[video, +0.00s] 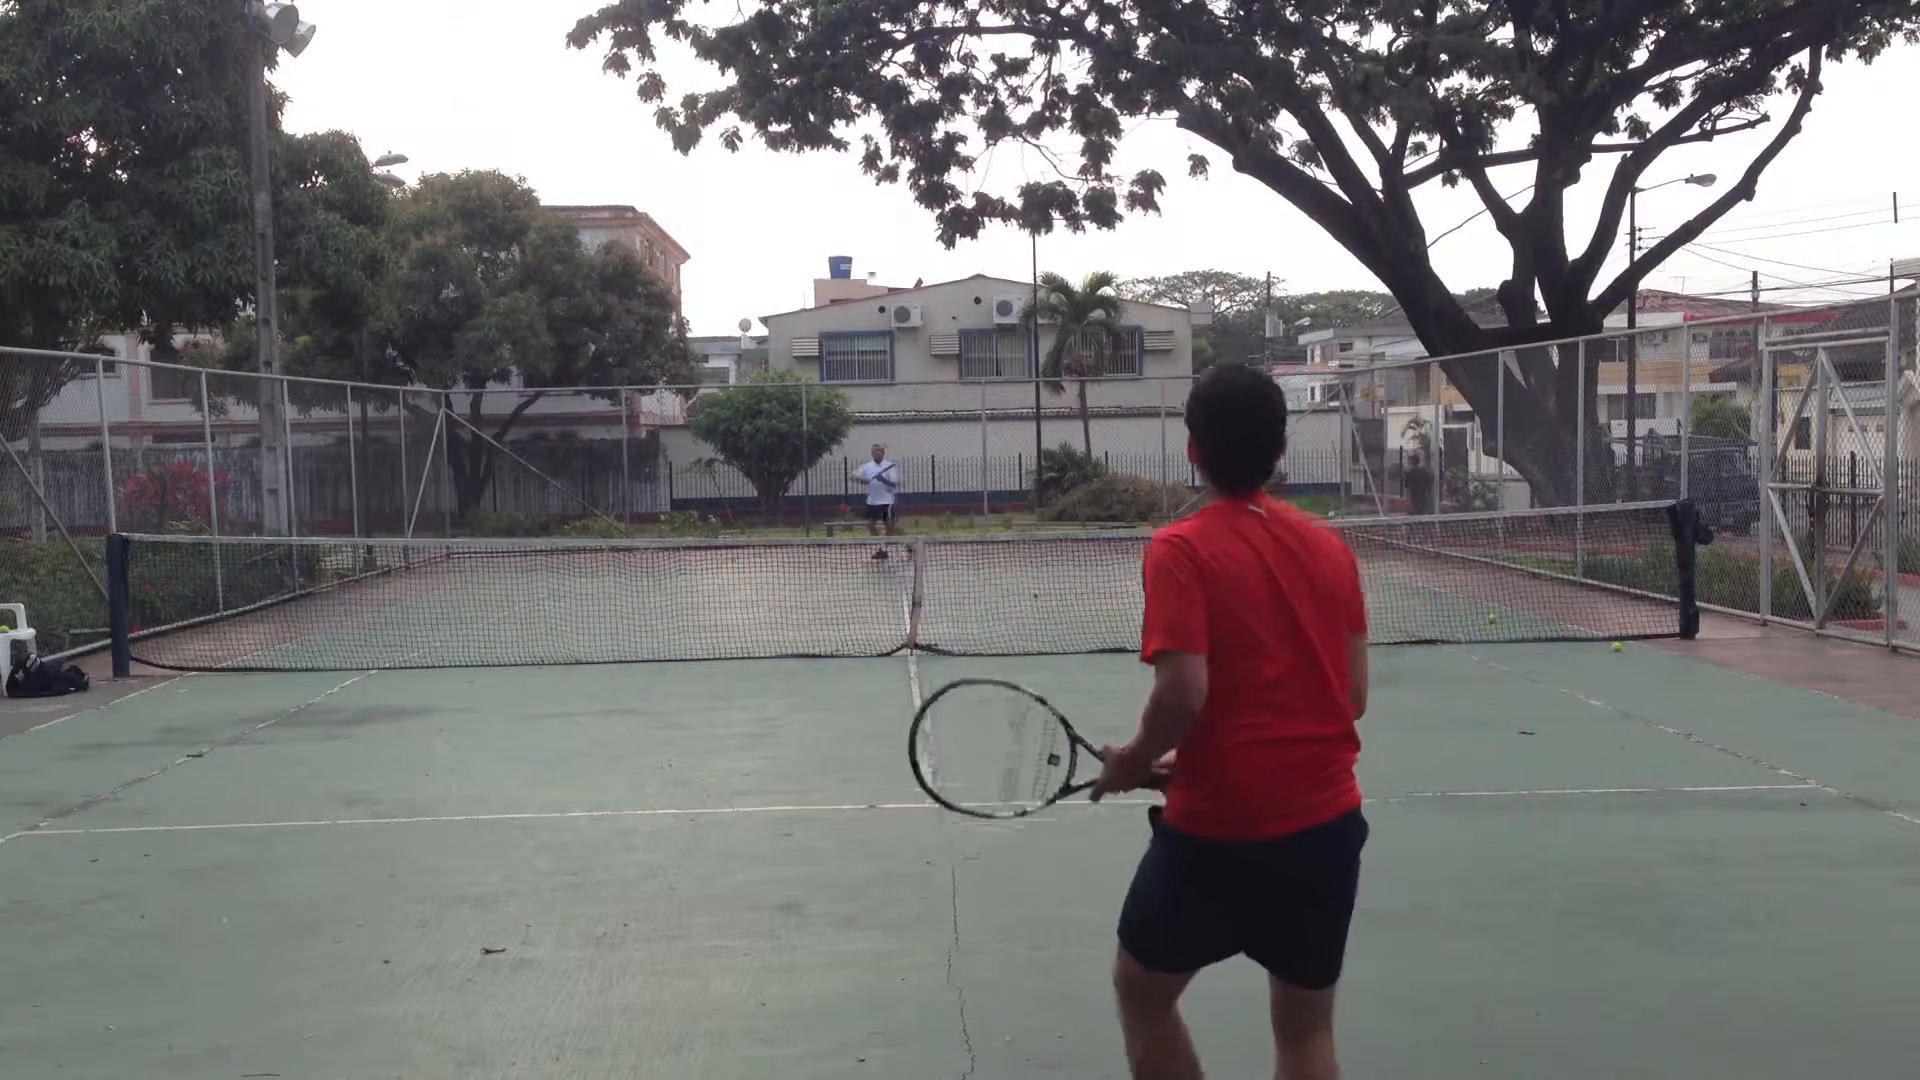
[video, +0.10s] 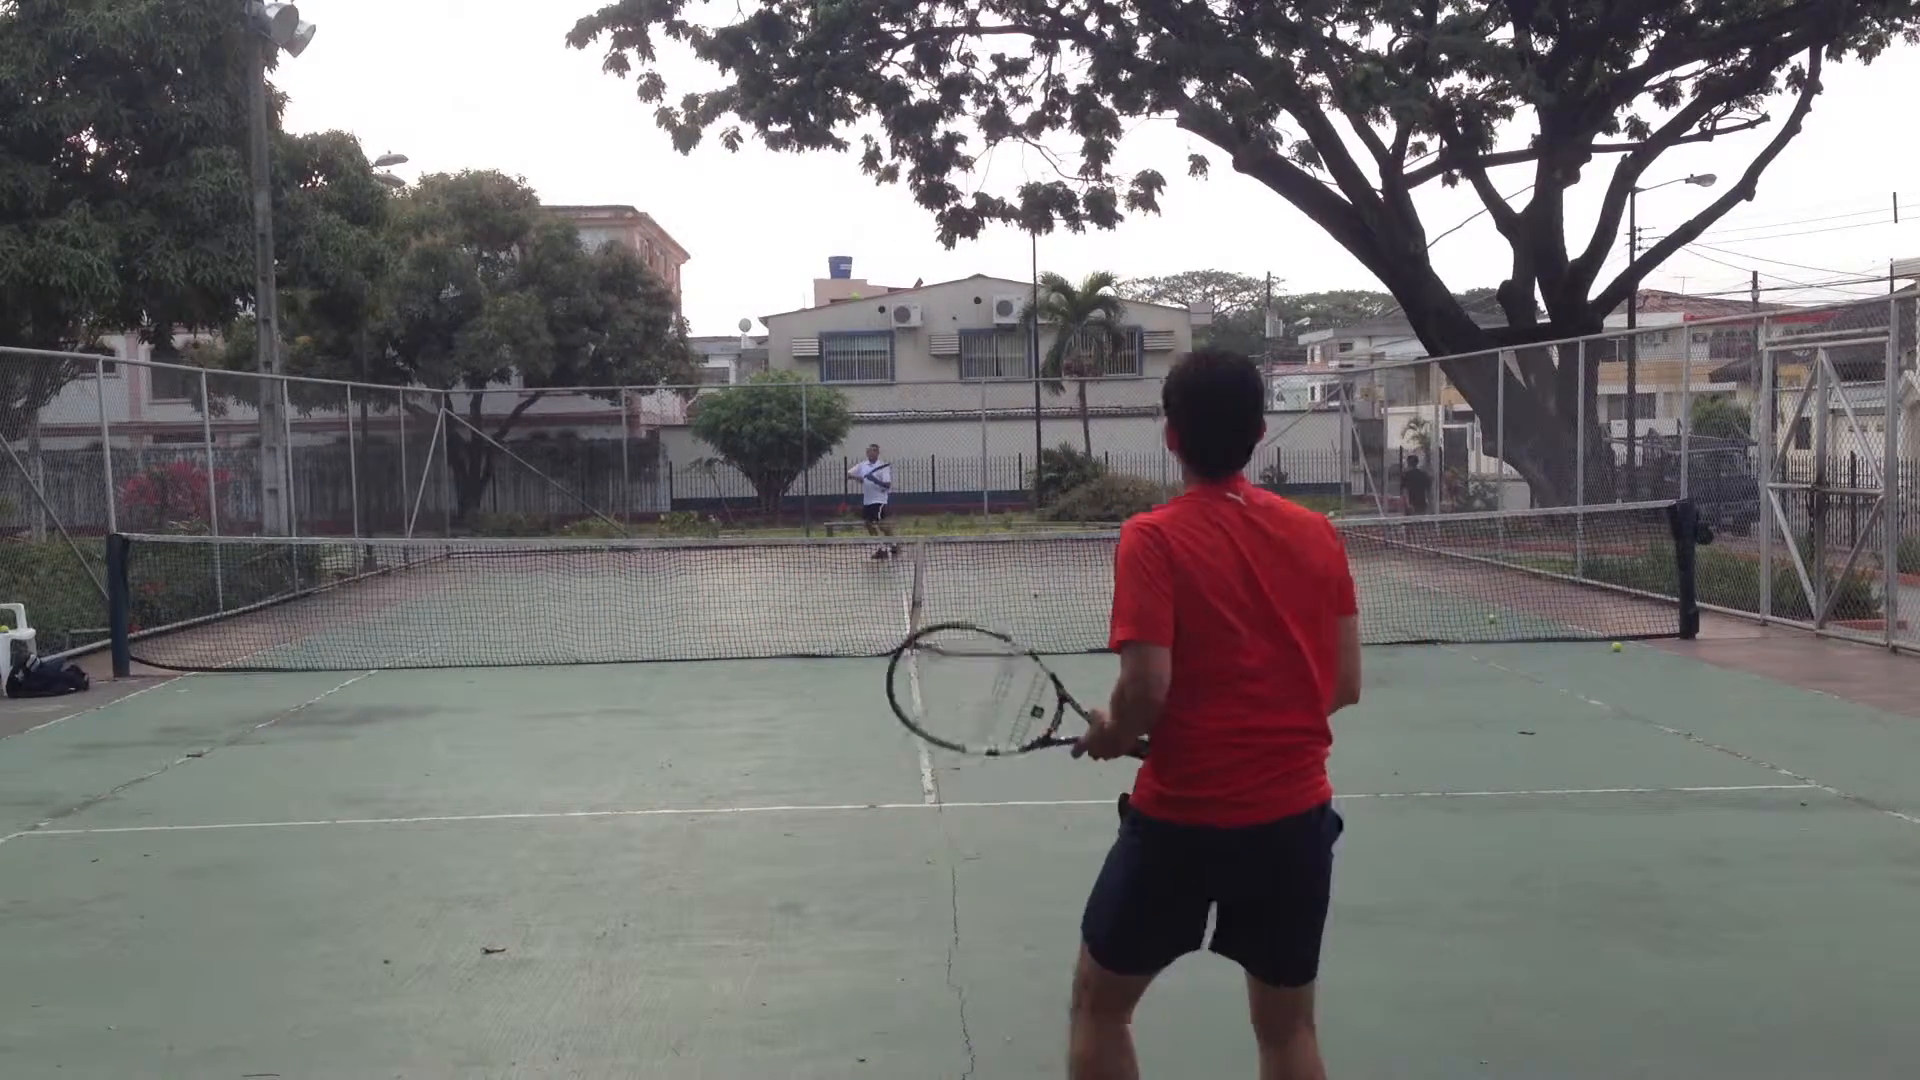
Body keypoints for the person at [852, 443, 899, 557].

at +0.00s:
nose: (876, 455)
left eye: (878, 452)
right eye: (874, 452)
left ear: (883, 453)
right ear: (872, 454)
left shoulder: (890, 466)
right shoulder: (868, 466)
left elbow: (893, 484)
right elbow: (854, 475)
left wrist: (881, 478)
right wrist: (867, 480)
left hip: (886, 500)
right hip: (872, 500)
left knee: (889, 525)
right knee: (870, 524)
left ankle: (887, 548)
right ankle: (879, 547)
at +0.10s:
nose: (871, 454)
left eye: (874, 451)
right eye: (869, 451)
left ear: (878, 453)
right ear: (867, 453)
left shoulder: (883, 466)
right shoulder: (863, 465)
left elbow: (887, 485)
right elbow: (848, 474)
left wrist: (874, 479)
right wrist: (858, 478)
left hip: (880, 499)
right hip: (867, 500)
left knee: (881, 523)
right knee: (868, 524)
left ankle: (892, 544)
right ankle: (880, 547)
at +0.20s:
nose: (867, 453)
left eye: (869, 450)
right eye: (865, 450)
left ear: (872, 452)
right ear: (861, 452)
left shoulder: (877, 465)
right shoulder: (857, 463)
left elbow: (879, 480)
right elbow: (845, 469)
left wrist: (878, 483)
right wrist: (846, 472)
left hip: (874, 495)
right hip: (863, 495)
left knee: (867, 516)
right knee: (865, 520)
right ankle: (874, 539)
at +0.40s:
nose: (853, 455)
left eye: (855, 453)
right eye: (851, 453)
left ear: (860, 453)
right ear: (849, 454)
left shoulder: (862, 465)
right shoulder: (848, 462)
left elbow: (859, 479)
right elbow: (838, 467)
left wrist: (841, 475)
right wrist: (835, 466)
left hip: (862, 498)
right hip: (853, 497)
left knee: (854, 524)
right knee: (854, 525)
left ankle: (853, 549)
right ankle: (871, 545)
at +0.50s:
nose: (846, 460)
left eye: (848, 457)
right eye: (845, 457)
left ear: (854, 458)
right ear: (844, 458)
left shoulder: (858, 470)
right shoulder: (844, 466)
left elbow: (847, 480)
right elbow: (833, 472)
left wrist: (828, 474)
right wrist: (824, 471)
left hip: (857, 500)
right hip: (848, 498)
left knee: (844, 523)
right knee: (842, 522)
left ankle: (854, 548)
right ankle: (858, 542)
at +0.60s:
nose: (840, 462)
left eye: (843, 460)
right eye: (838, 460)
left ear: (847, 461)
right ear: (836, 461)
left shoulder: (850, 472)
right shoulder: (839, 469)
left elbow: (835, 481)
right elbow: (832, 479)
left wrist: (819, 473)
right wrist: (821, 479)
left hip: (851, 503)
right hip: (843, 502)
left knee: (837, 523)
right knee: (831, 521)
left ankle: (849, 548)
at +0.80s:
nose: (825, 464)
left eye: (827, 461)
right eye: (825, 461)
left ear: (832, 462)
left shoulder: (834, 473)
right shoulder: (833, 472)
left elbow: (823, 478)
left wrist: (810, 473)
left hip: (836, 507)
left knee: (827, 529)